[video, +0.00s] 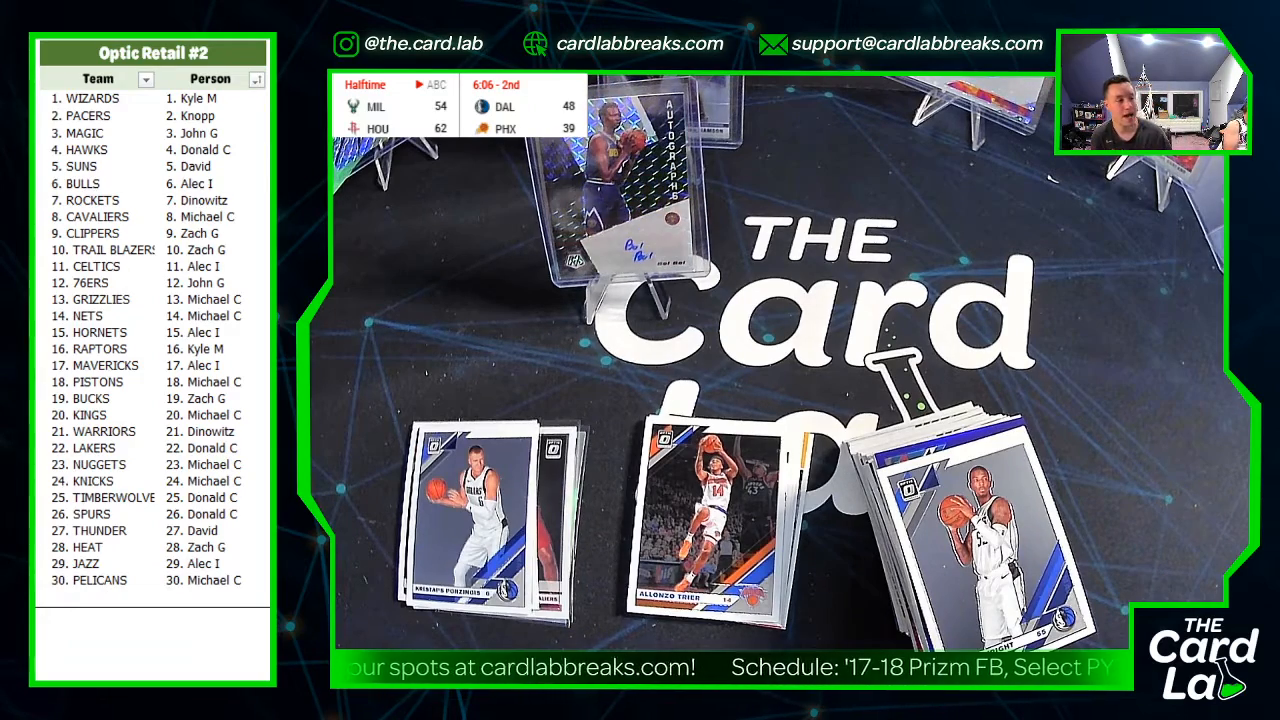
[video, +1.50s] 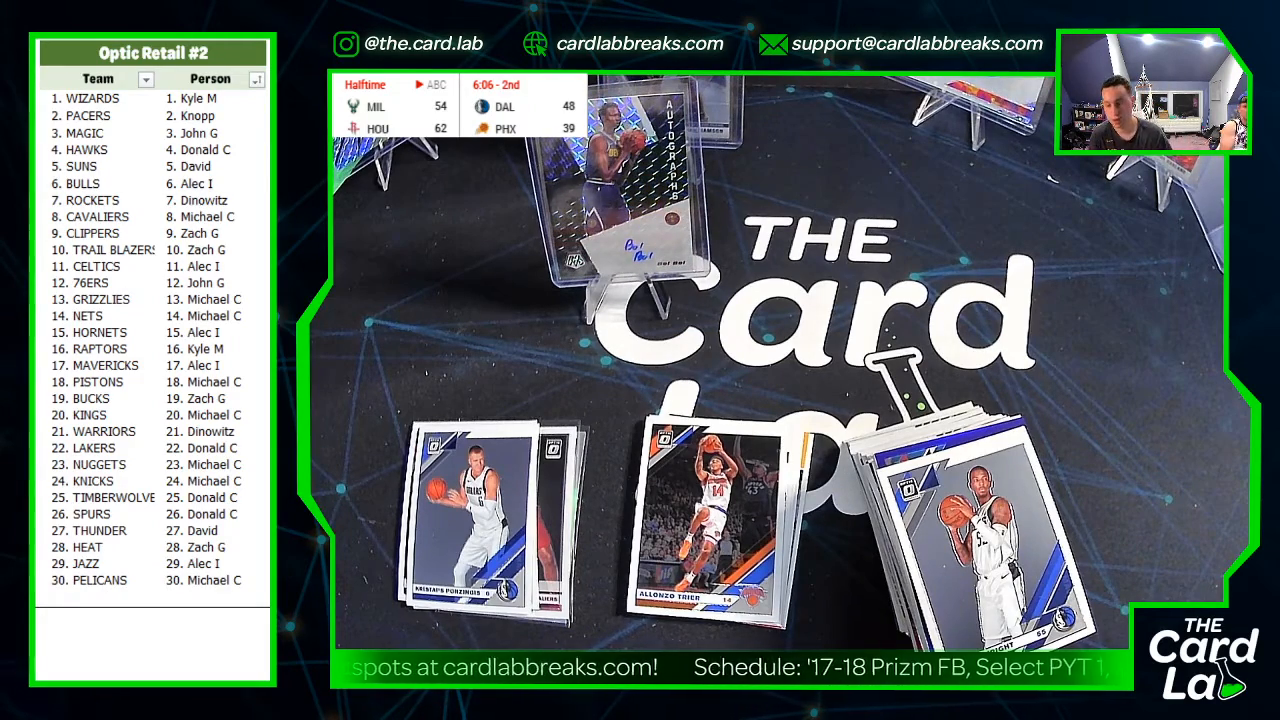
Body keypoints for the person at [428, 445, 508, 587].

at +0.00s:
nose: (480, 463)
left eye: (481, 460)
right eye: (475, 460)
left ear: (484, 459)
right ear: (469, 461)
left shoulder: (491, 476)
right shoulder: (464, 476)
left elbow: (488, 511)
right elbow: (464, 503)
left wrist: (465, 504)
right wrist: (439, 500)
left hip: (496, 531)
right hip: (478, 531)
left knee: (495, 572)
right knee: (459, 571)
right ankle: (460, 606)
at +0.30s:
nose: (480, 464)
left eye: (481, 460)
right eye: (475, 461)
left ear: (484, 459)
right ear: (469, 461)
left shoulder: (491, 477)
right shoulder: (464, 476)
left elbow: (488, 511)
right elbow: (464, 503)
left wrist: (466, 504)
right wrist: (439, 500)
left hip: (496, 530)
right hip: (478, 531)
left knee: (495, 571)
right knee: (459, 571)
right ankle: (461, 606)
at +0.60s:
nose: (480, 464)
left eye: (481, 460)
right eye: (475, 461)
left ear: (484, 459)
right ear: (469, 461)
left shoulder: (491, 477)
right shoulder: (464, 476)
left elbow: (488, 512)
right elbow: (464, 503)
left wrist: (466, 504)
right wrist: (439, 500)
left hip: (496, 530)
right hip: (478, 531)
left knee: (495, 571)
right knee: (459, 571)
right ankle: (461, 606)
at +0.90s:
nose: (480, 464)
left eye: (482, 460)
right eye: (476, 461)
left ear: (484, 459)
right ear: (469, 461)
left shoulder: (491, 477)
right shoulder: (464, 476)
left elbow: (488, 512)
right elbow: (464, 503)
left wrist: (466, 504)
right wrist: (439, 500)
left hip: (496, 530)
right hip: (478, 531)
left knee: (494, 572)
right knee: (459, 571)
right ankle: (461, 604)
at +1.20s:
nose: (480, 463)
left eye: (482, 460)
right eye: (475, 460)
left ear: (484, 459)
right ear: (469, 461)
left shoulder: (491, 477)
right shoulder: (464, 476)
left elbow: (488, 512)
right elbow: (463, 503)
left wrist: (465, 504)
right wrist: (439, 500)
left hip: (496, 531)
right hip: (478, 531)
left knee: (494, 572)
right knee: (459, 571)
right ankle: (460, 606)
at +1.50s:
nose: (480, 463)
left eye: (482, 460)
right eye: (475, 460)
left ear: (484, 459)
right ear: (469, 461)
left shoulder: (491, 477)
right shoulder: (464, 476)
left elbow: (488, 512)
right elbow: (463, 503)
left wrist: (465, 504)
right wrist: (439, 500)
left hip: (496, 531)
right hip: (478, 531)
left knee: (494, 572)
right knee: (459, 571)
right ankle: (460, 606)